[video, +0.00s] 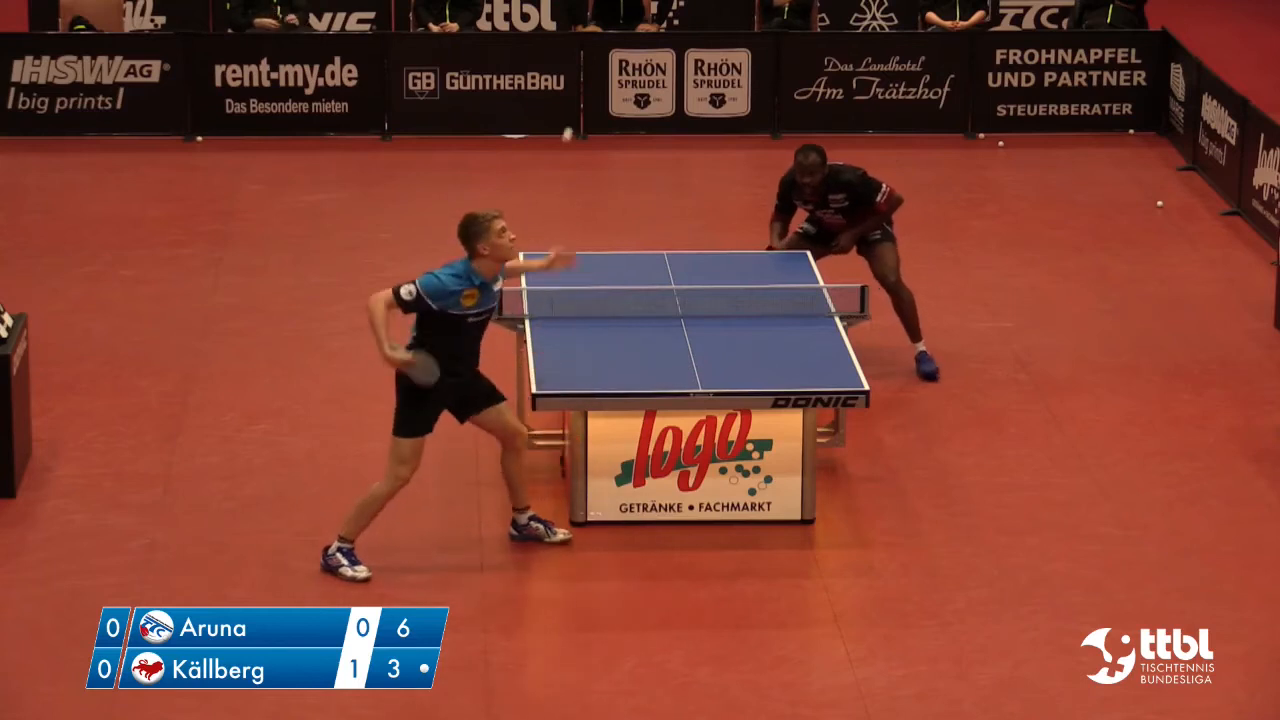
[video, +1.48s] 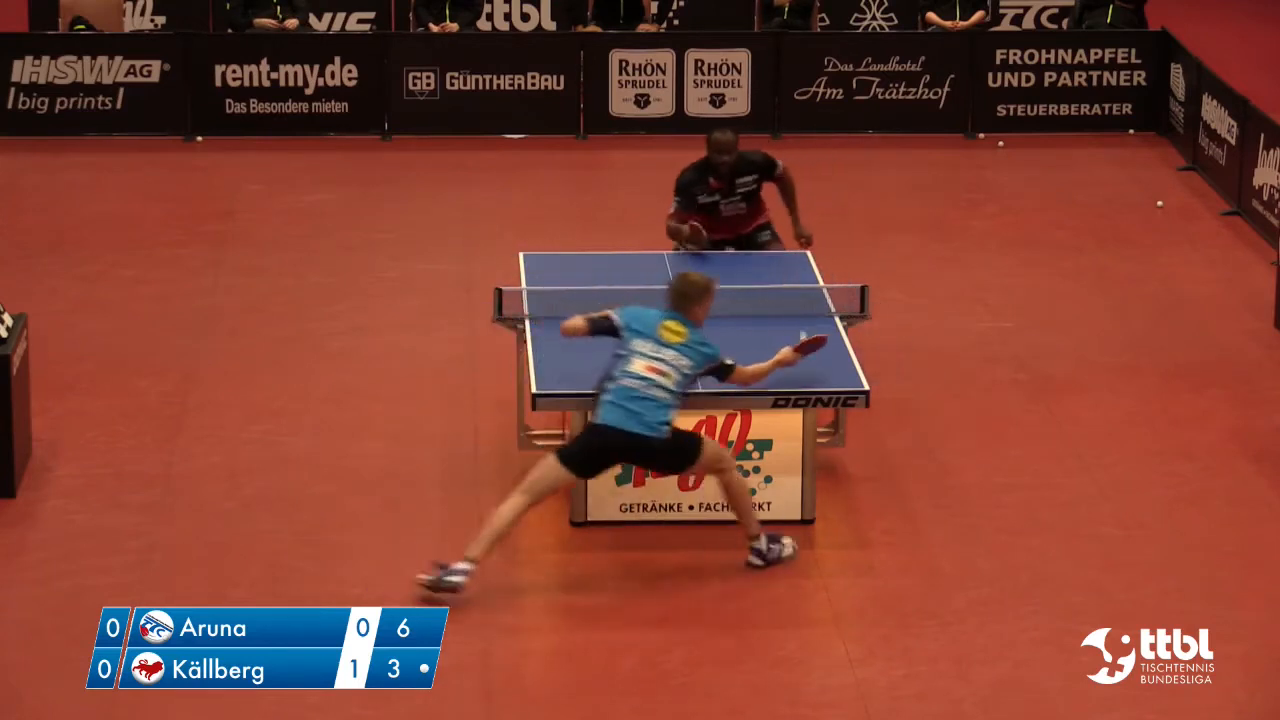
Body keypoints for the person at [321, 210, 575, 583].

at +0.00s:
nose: (513, 238)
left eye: (508, 231)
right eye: (503, 235)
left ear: (491, 247)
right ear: (482, 248)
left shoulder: (492, 272)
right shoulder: (444, 281)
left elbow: (508, 266)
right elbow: (379, 301)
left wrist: (545, 264)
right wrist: (386, 349)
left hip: (463, 377)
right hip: (422, 381)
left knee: (516, 435)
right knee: (400, 473)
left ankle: (523, 520)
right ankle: (339, 549)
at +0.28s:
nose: (565, 306)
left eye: (567, 299)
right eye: (561, 298)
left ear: (542, 296)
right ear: (538, 294)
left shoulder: (520, 317)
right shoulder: (496, 297)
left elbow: (502, 369)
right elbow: (434, 307)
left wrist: (507, 362)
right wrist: (483, 337)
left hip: (452, 378)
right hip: (418, 378)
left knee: (513, 420)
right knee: (406, 479)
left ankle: (477, 506)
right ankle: (342, 547)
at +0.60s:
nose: (582, 287)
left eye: (582, 282)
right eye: (581, 282)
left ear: (545, 280)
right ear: (576, 283)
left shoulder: (513, 302)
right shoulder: (573, 310)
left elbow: (450, 317)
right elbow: (632, 319)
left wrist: (455, 358)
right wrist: (661, 298)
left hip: (460, 389)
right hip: (496, 395)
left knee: (499, 441)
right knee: (571, 462)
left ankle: (484, 527)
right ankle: (523, 537)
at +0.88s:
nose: (588, 297)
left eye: (581, 289)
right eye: (588, 292)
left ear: (551, 294)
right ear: (584, 299)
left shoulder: (522, 325)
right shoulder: (595, 337)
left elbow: (477, 368)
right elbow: (646, 382)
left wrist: (497, 354)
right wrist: (659, 369)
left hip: (514, 430)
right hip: (565, 435)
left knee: (458, 471)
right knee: (629, 485)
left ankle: (439, 561)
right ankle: (660, 574)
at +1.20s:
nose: (587, 311)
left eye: (584, 303)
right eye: (586, 305)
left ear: (547, 301)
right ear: (578, 310)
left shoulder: (514, 326)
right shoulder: (578, 352)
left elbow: (477, 356)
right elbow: (629, 403)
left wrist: (506, 347)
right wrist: (675, 393)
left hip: (492, 449)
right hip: (542, 452)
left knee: (432, 498)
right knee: (625, 454)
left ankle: (399, 578)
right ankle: (601, 546)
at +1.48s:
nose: (711, 309)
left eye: (709, 302)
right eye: (711, 303)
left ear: (672, 298)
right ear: (702, 306)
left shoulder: (639, 316)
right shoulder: (702, 347)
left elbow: (571, 328)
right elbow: (745, 377)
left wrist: (593, 321)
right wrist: (781, 361)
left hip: (604, 432)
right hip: (653, 442)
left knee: (526, 493)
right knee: (724, 464)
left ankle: (462, 566)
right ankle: (760, 544)